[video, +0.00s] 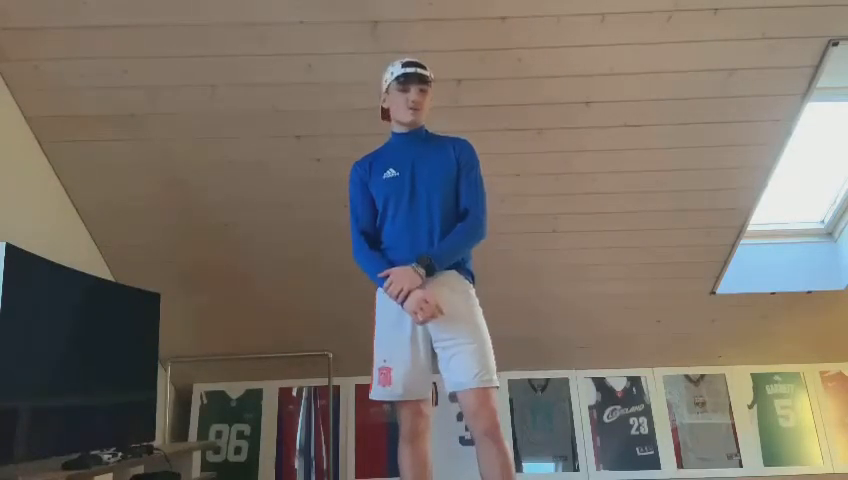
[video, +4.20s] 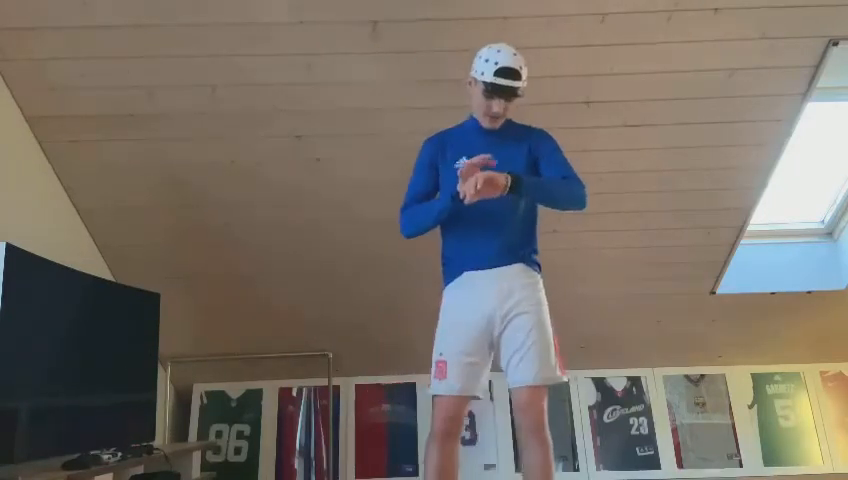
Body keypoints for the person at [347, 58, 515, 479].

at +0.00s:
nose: (414, 97)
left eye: (421, 90)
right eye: (403, 89)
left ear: (430, 99)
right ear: (386, 101)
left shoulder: (458, 150)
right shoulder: (366, 169)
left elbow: (475, 224)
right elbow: (362, 246)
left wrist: (421, 268)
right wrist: (404, 291)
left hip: (452, 289)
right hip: (395, 297)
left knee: (484, 416)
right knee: (413, 419)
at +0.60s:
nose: (410, 97)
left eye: (418, 89)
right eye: (400, 89)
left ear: (429, 99)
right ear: (386, 103)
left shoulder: (460, 152)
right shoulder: (367, 168)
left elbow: (479, 223)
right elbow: (360, 245)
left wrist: (477, 282)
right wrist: (363, 311)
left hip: (454, 291)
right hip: (394, 296)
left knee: (484, 417)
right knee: (412, 421)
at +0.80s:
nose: (407, 95)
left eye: (415, 87)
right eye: (397, 89)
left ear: (426, 96)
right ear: (383, 104)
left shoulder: (459, 151)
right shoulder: (367, 167)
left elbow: (493, 222)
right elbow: (347, 249)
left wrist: (532, 287)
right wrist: (323, 321)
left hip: (452, 293)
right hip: (395, 298)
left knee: (484, 416)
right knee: (412, 420)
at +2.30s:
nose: (413, 95)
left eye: (419, 87)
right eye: (402, 87)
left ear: (426, 96)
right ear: (380, 99)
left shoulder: (454, 150)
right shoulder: (361, 168)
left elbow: (482, 218)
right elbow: (348, 239)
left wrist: (486, 262)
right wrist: (337, 288)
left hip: (451, 294)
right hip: (394, 299)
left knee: (482, 417)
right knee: (411, 422)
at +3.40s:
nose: (412, 115)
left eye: (419, 105)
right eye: (402, 105)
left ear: (428, 105)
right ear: (381, 105)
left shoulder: (455, 151)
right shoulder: (363, 172)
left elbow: (496, 207)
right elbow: (354, 252)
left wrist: (447, 228)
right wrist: (388, 257)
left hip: (466, 289)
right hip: (409, 296)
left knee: (505, 405)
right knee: (418, 419)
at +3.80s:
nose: (452, 107)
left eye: (460, 98)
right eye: (443, 96)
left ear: (469, 96)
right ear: (421, 91)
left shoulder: (487, 146)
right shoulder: (391, 158)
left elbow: (534, 206)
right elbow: (374, 239)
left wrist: (487, 222)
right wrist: (410, 230)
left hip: (486, 289)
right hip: (429, 293)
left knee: (513, 409)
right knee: (430, 420)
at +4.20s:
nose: (498, 106)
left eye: (509, 97)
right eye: (490, 94)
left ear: (519, 94)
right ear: (472, 84)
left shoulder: (534, 141)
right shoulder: (439, 146)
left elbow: (576, 195)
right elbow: (409, 223)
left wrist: (511, 182)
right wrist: (455, 192)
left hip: (522, 288)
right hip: (463, 293)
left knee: (532, 413)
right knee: (447, 419)